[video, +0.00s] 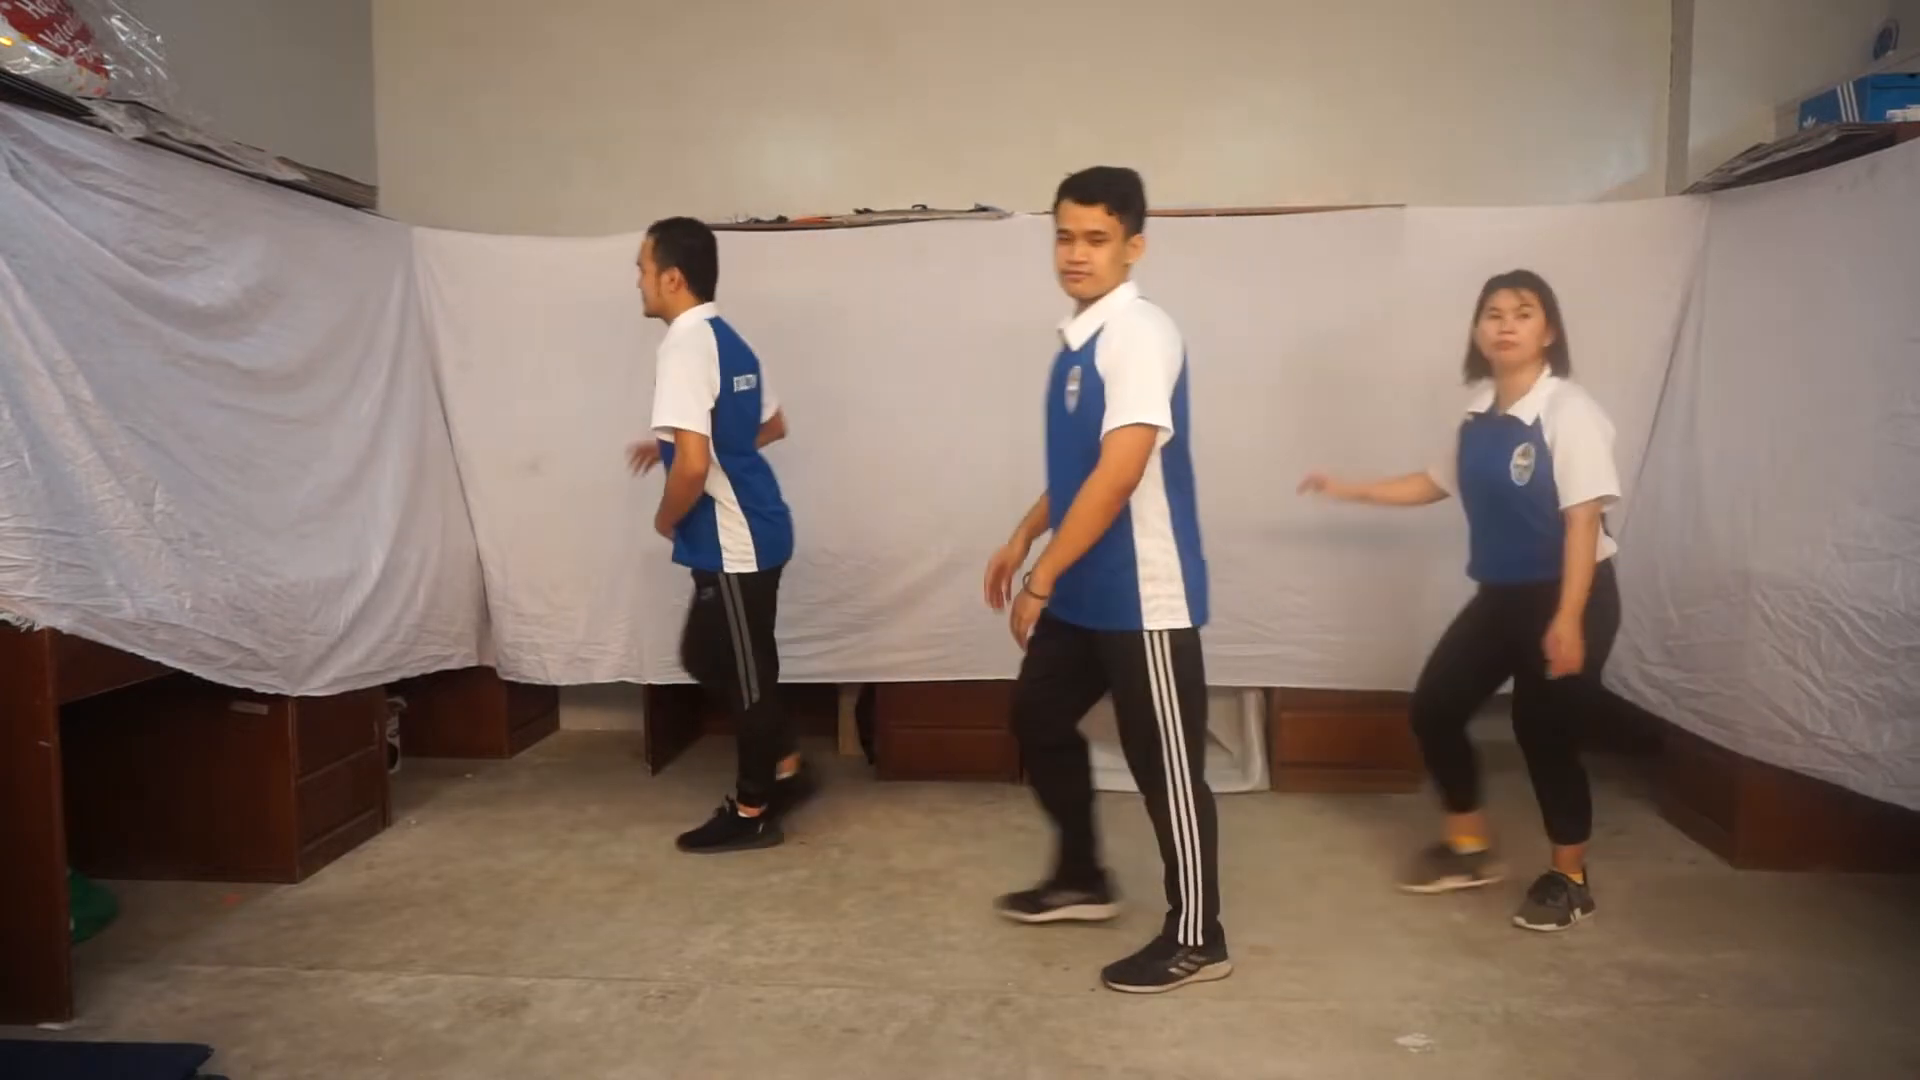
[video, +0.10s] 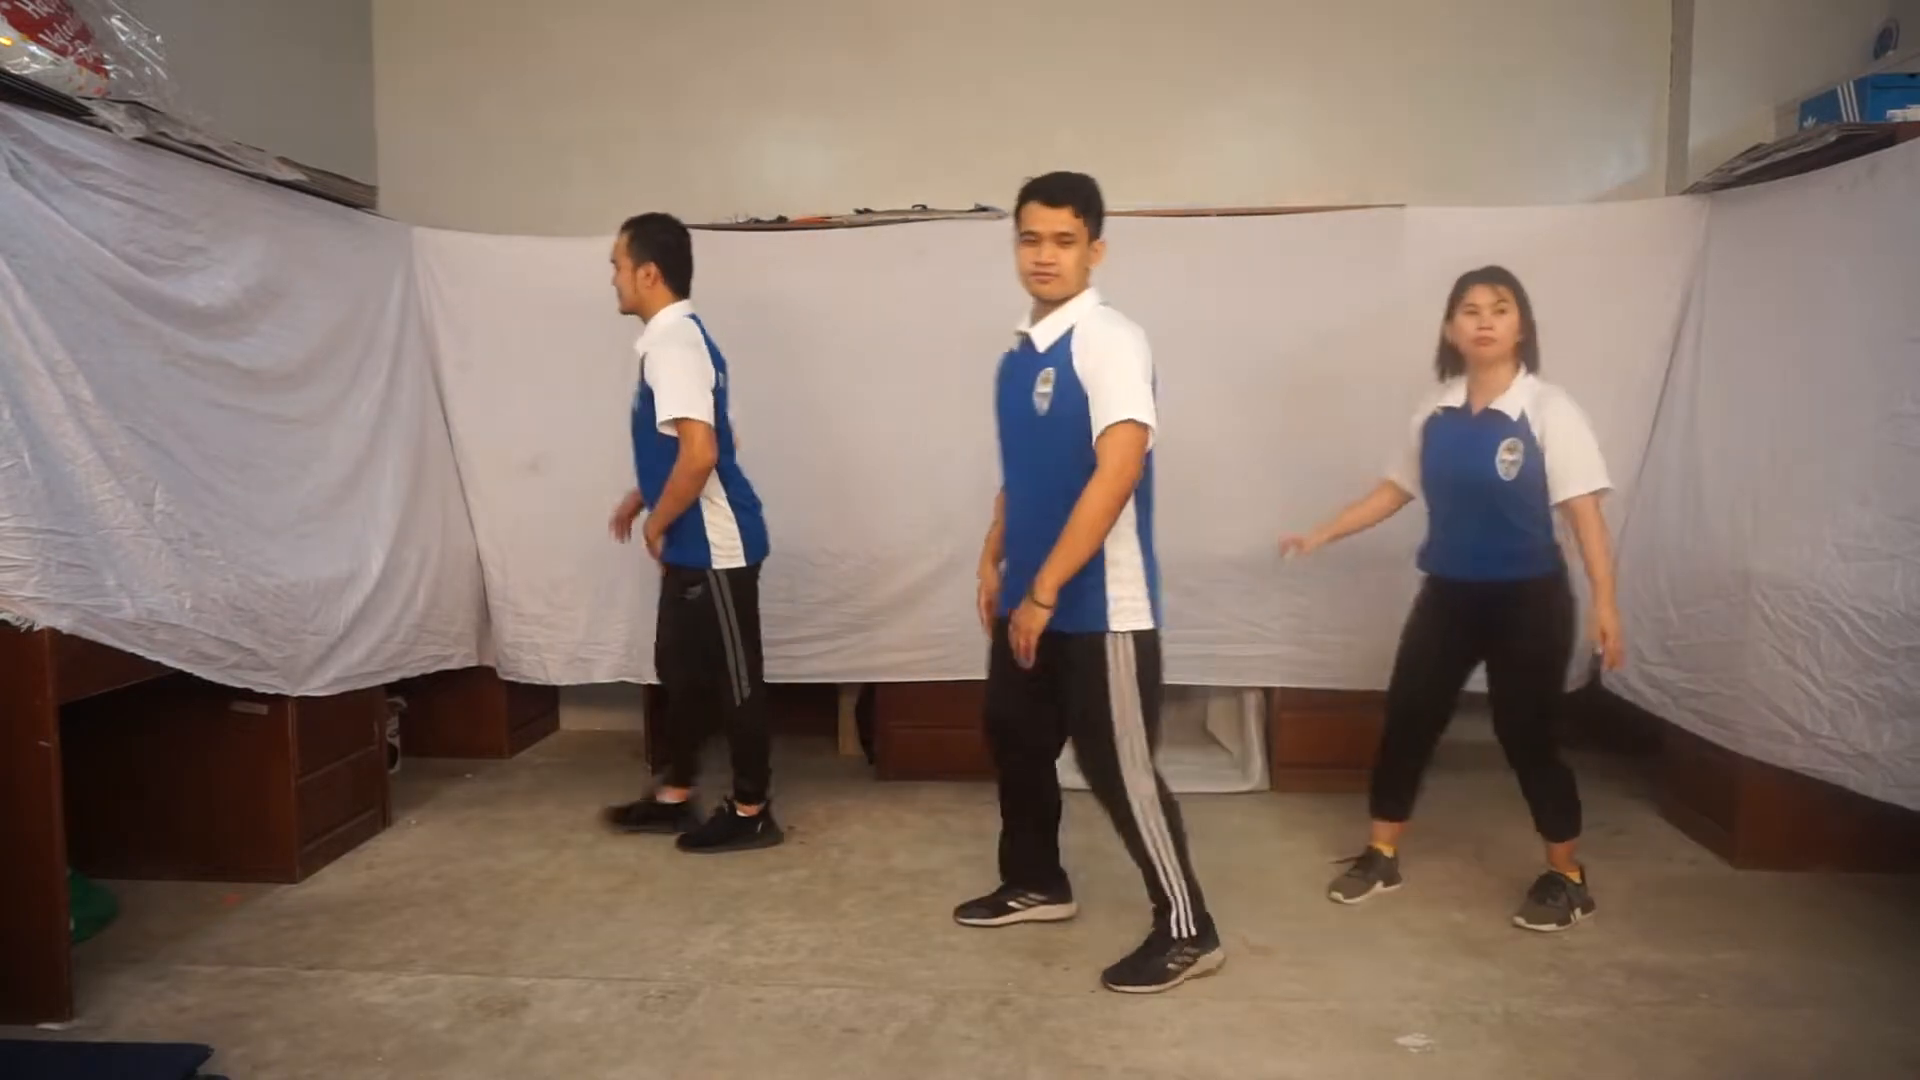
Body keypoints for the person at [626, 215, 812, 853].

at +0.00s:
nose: (638, 279)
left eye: (644, 268)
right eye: (640, 268)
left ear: (672, 275)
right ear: (690, 277)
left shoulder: (686, 344)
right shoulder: (722, 333)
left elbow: (694, 464)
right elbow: (769, 425)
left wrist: (664, 520)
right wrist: (674, 442)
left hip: (735, 542)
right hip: (744, 534)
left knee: (747, 674)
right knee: (703, 654)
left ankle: (753, 808)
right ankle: (786, 763)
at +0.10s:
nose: (612, 276)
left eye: (618, 264)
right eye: (613, 264)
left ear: (649, 271)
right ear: (658, 272)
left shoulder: (675, 340)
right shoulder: (668, 335)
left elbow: (700, 453)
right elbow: (688, 439)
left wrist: (660, 520)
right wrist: (641, 496)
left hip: (718, 542)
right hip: (690, 539)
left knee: (737, 680)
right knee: (679, 671)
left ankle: (751, 809)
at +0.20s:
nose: (589, 276)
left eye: (596, 265)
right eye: (590, 265)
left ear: (630, 269)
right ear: (632, 270)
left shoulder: (667, 340)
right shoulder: (633, 340)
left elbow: (704, 444)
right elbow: (644, 443)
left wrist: (654, 523)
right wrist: (614, 503)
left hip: (688, 547)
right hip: (649, 545)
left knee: (694, 685)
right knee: (652, 682)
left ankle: (745, 803)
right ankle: (646, 802)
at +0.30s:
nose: (581, 273)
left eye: (593, 260)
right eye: (577, 262)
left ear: (634, 266)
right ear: (579, 269)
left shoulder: (662, 344)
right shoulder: (597, 349)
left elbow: (710, 440)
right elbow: (601, 447)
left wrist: (652, 520)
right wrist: (568, 500)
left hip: (661, 548)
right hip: (606, 548)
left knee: (649, 679)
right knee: (622, 679)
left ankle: (689, 807)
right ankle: (642, 800)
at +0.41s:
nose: (582, 270)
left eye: (596, 258)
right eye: (570, 259)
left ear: (622, 267)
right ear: (557, 270)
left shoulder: (648, 347)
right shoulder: (548, 355)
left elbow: (714, 431)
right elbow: (544, 434)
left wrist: (655, 505)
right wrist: (513, 493)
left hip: (635, 557)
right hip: (567, 555)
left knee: (627, 685)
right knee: (550, 674)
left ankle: (648, 818)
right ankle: (615, 785)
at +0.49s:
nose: (570, 273)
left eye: (584, 262)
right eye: (557, 262)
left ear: (607, 272)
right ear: (540, 273)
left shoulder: (634, 352)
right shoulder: (523, 357)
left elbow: (707, 433)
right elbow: (497, 437)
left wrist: (646, 495)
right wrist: (481, 498)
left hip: (617, 558)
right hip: (545, 557)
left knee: (617, 687)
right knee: (519, 671)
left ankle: (646, 821)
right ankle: (553, 798)